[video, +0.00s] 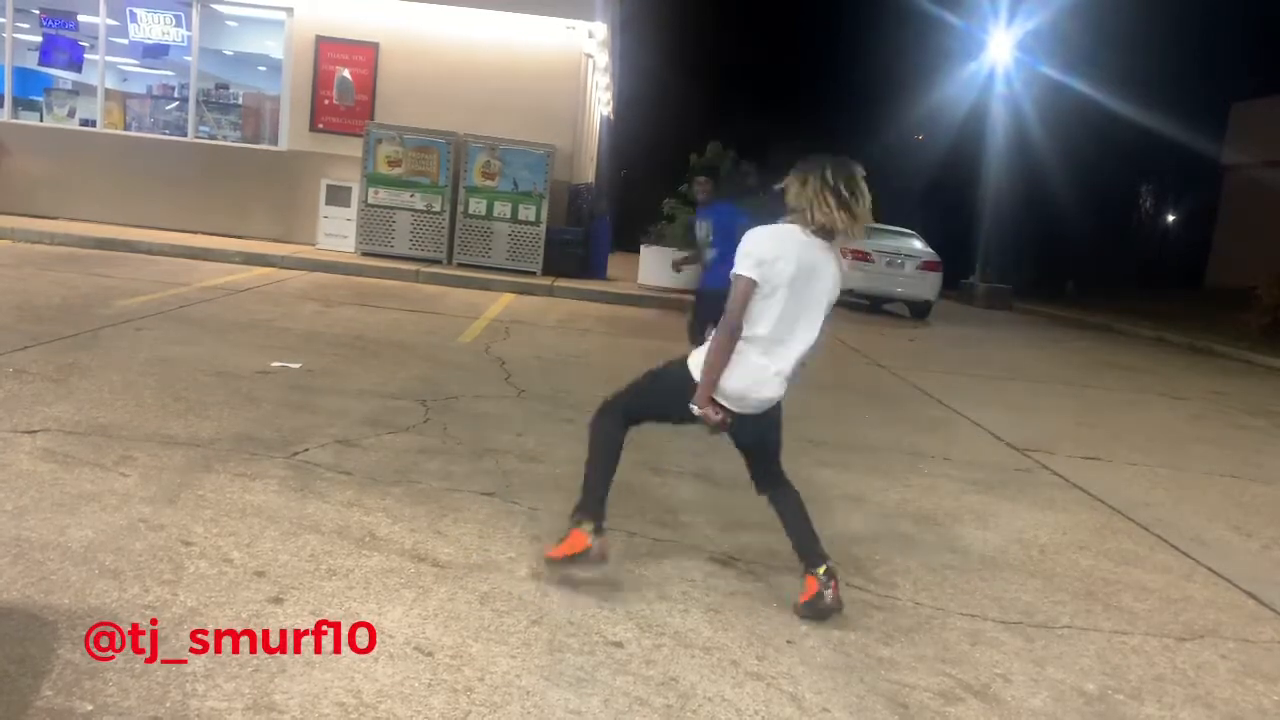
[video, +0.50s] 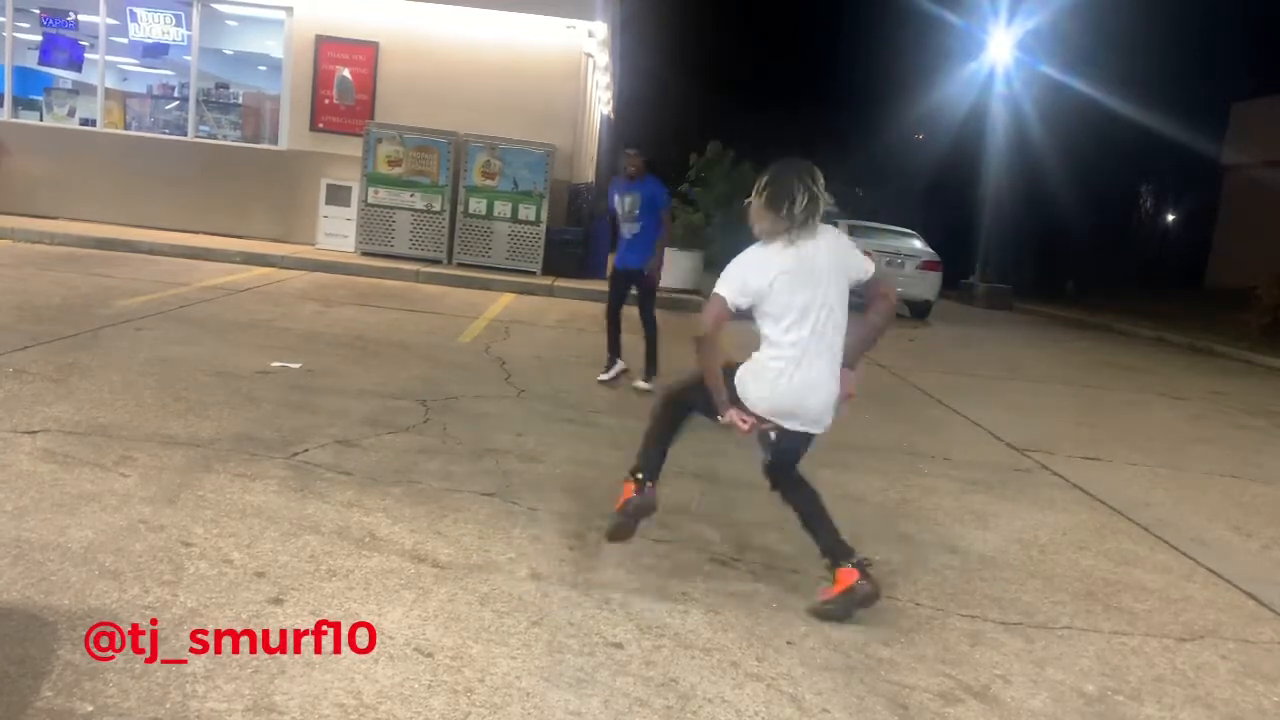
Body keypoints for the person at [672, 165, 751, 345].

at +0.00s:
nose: (701, 189)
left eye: (705, 184)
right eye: (697, 184)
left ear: (713, 187)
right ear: (692, 188)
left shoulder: (727, 213)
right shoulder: (699, 215)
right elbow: (703, 253)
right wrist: (684, 261)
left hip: (725, 281)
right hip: (706, 281)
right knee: (698, 331)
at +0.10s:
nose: (688, 183)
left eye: (691, 179)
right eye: (684, 179)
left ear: (699, 179)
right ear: (681, 180)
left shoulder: (713, 203)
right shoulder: (686, 205)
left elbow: (735, 235)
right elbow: (690, 245)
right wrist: (670, 265)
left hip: (713, 276)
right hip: (697, 277)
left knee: (697, 329)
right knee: (694, 328)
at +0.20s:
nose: (674, 176)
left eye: (679, 170)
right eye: (670, 171)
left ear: (687, 171)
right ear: (666, 173)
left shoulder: (700, 196)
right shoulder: (670, 199)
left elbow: (720, 230)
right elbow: (676, 240)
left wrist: (716, 268)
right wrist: (661, 270)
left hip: (702, 270)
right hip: (682, 271)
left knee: (701, 321)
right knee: (672, 314)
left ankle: (702, 371)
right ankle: (684, 367)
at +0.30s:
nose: (652, 187)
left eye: (656, 182)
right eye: (648, 183)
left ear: (664, 182)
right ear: (644, 185)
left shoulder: (678, 202)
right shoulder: (646, 206)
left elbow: (698, 240)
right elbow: (656, 237)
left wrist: (667, 254)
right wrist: (652, 255)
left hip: (684, 279)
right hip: (660, 277)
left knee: (687, 329)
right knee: (639, 321)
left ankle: (700, 376)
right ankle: (625, 369)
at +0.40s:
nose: (645, 182)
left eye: (649, 178)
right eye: (641, 178)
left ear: (655, 178)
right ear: (634, 179)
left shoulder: (668, 201)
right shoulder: (631, 201)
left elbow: (682, 239)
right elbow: (642, 234)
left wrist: (656, 248)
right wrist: (639, 250)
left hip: (667, 277)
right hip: (642, 274)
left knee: (670, 323)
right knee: (627, 320)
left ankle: (689, 365)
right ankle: (624, 368)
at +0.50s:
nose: (631, 166)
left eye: (635, 162)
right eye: (627, 162)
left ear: (643, 164)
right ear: (622, 163)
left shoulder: (654, 189)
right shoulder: (616, 186)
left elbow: (666, 227)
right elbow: (615, 223)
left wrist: (657, 261)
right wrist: (612, 255)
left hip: (647, 262)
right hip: (623, 259)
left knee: (647, 315)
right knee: (612, 311)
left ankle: (649, 374)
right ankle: (615, 360)